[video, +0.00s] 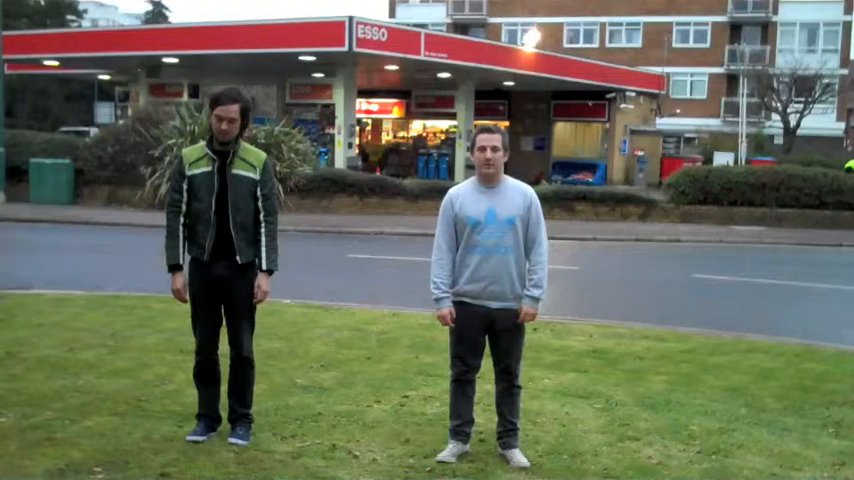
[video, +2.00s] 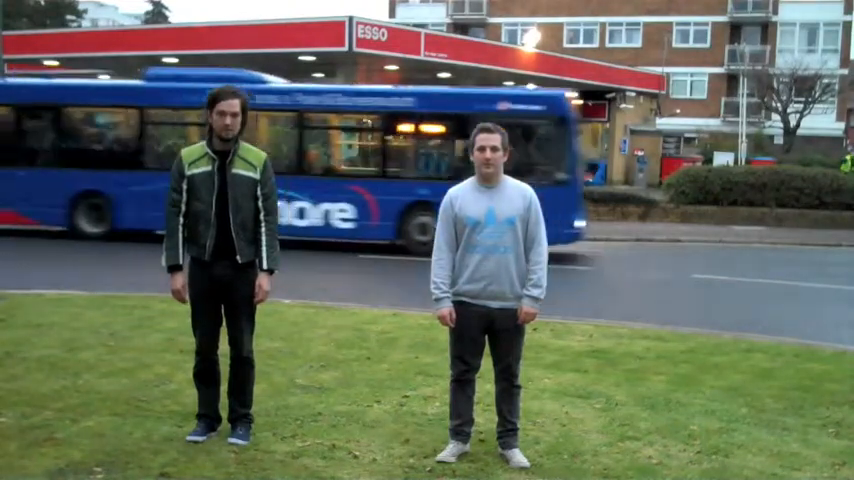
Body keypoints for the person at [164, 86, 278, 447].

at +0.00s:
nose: (224, 125)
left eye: (231, 120)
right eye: (219, 118)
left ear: (243, 123)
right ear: (210, 118)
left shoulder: (259, 163)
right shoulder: (188, 160)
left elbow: (268, 219)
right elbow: (174, 216)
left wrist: (266, 270)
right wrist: (176, 269)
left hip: (243, 270)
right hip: (202, 268)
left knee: (241, 350)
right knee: (205, 349)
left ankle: (241, 421)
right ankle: (207, 420)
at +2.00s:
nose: (230, 121)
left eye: (236, 115)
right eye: (223, 114)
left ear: (244, 119)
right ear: (210, 116)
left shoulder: (258, 162)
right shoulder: (187, 159)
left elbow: (268, 218)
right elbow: (174, 215)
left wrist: (266, 269)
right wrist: (175, 268)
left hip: (243, 269)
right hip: (201, 268)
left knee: (242, 350)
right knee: (205, 349)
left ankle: (241, 421)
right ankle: (206, 419)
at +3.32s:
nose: (220, 126)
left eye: (227, 121)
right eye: (215, 119)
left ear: (239, 123)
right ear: (206, 119)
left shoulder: (257, 163)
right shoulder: (185, 160)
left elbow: (267, 220)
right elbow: (172, 216)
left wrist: (264, 271)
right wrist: (173, 269)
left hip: (241, 270)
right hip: (200, 268)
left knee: (240, 350)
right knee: (203, 349)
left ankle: (240, 421)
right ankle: (206, 419)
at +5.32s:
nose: (213, 127)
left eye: (221, 122)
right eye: (211, 120)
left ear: (241, 125)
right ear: (210, 120)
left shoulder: (265, 166)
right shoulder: (194, 160)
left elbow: (273, 222)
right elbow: (178, 214)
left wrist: (268, 273)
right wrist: (172, 267)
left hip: (247, 273)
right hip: (206, 269)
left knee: (244, 352)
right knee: (196, 345)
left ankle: (240, 420)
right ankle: (207, 417)